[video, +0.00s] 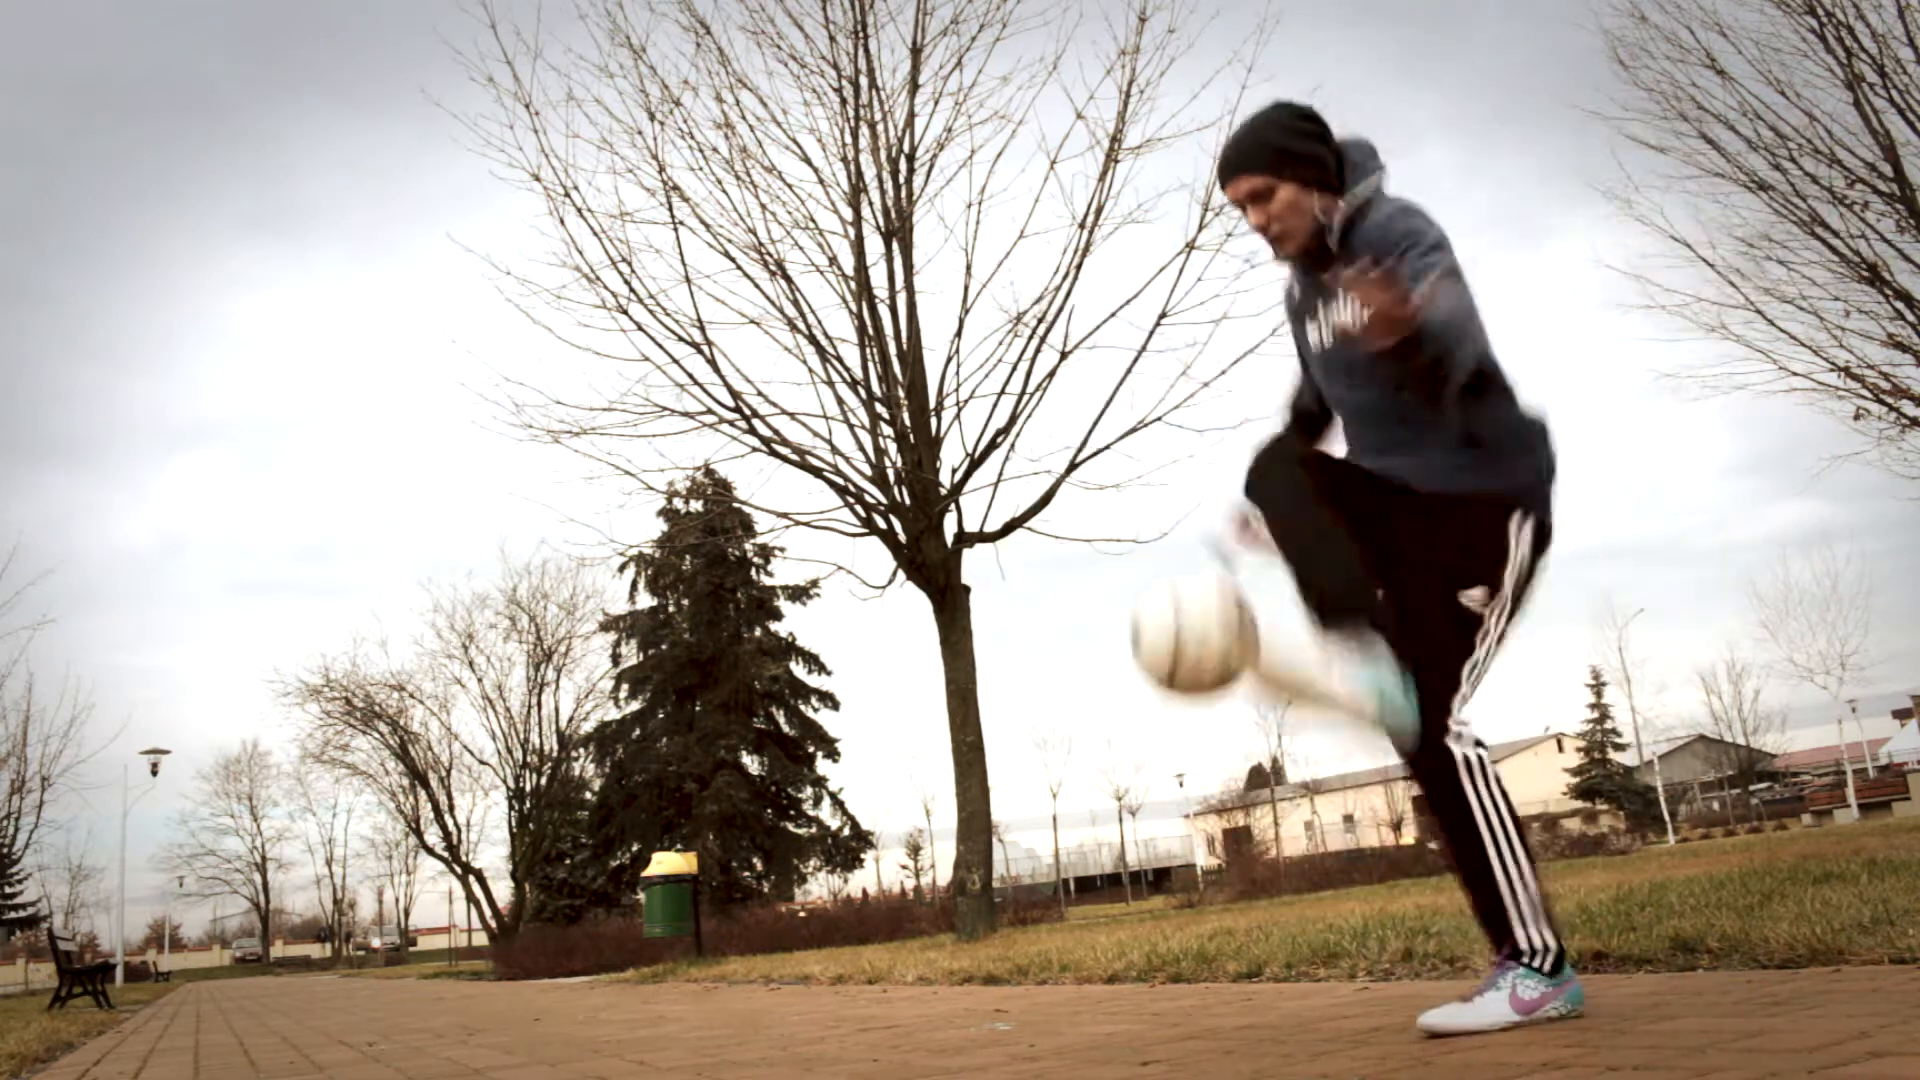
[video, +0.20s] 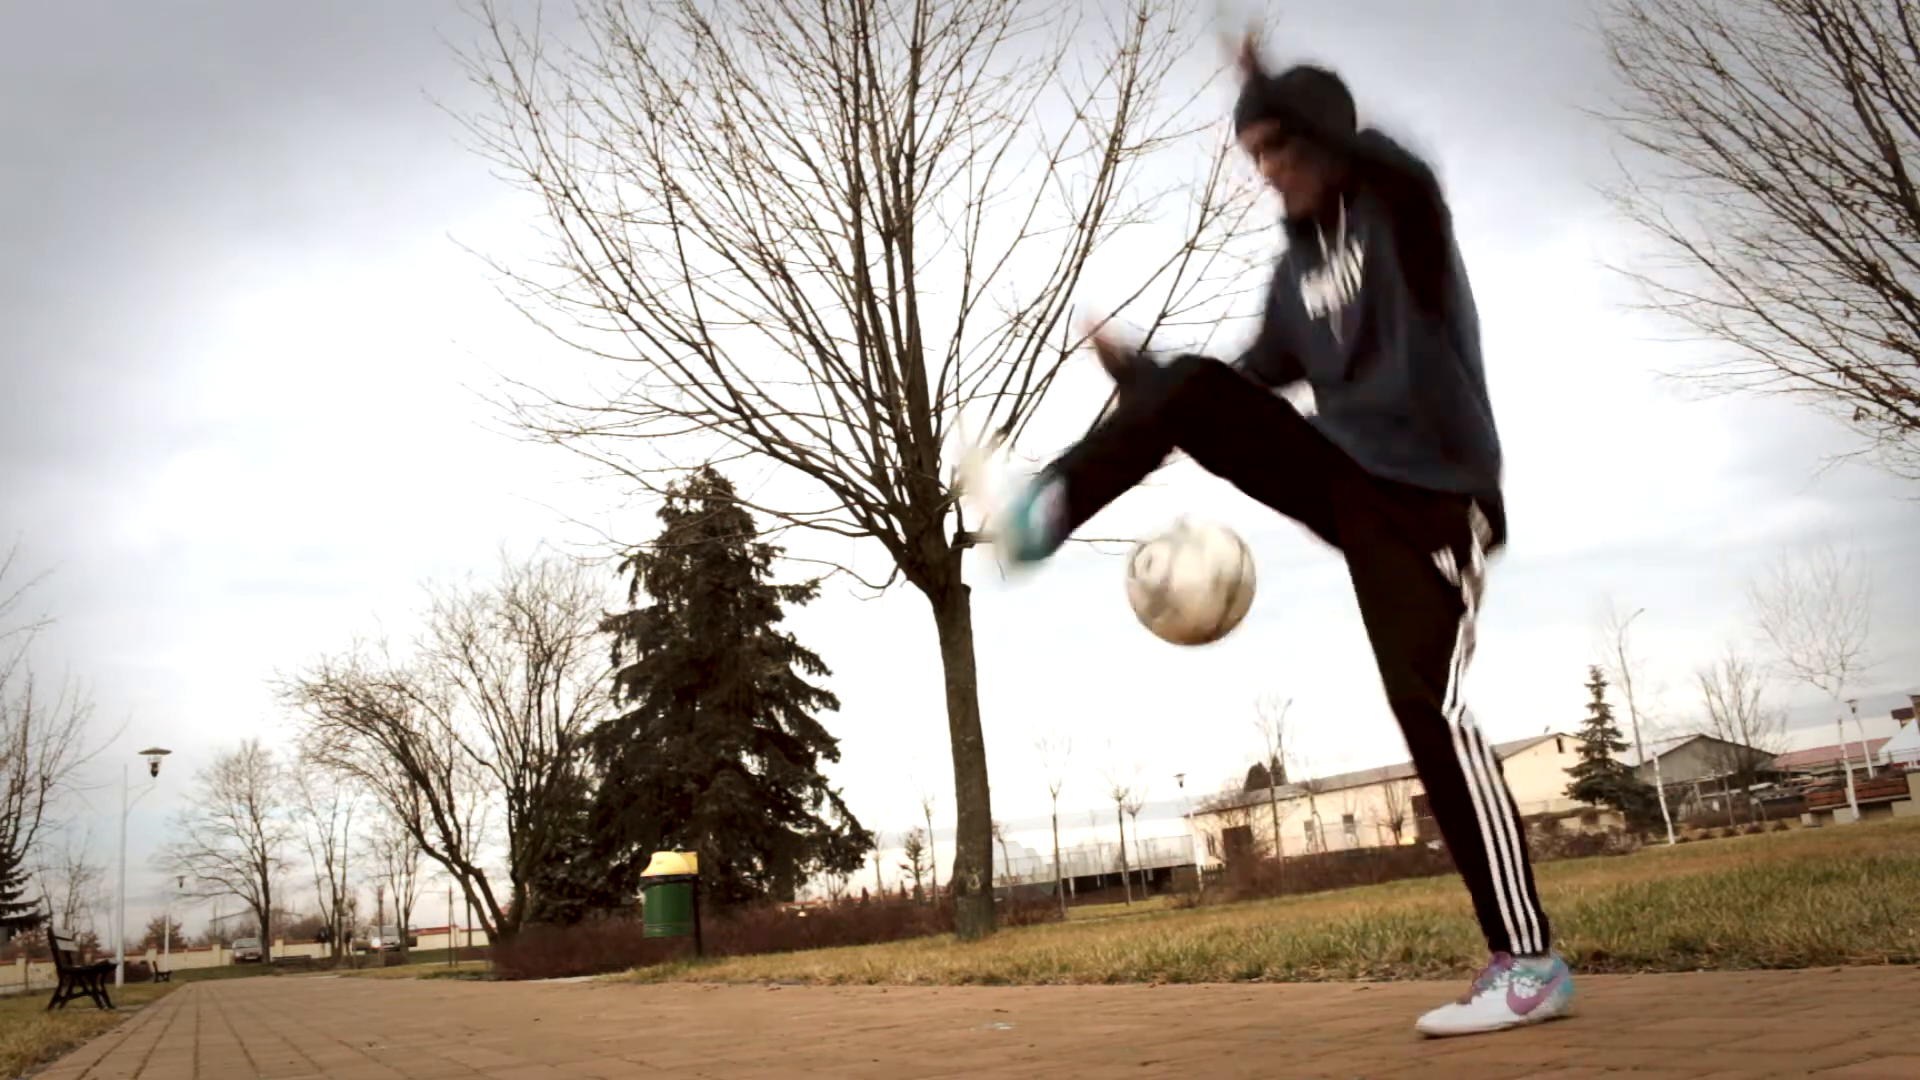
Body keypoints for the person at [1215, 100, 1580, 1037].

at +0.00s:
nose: (1254, 223)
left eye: (1262, 199)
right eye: (1243, 210)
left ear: (1313, 178)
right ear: (1260, 207)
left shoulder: (1394, 228)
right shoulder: (1306, 285)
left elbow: (1459, 348)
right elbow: (1321, 390)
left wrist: (1402, 325)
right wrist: (1266, 489)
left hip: (1488, 494)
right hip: (1402, 497)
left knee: (1427, 722)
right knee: (1278, 462)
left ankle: (1538, 968)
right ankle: (1370, 657)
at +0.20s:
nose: (1268, 177)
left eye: (1277, 156)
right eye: (1258, 163)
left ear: (1325, 143)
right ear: (1266, 168)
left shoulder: (1400, 207)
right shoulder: (1298, 270)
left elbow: (1389, 166)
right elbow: (1256, 382)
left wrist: (1275, 83)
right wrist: (1137, 368)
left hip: (1432, 496)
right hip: (1345, 477)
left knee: (1430, 708)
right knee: (1191, 392)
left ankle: (1529, 961)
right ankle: (1036, 523)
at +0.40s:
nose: (1243, 86)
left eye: (1254, 63)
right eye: (1228, 73)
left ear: (1301, 42)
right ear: (1226, 75)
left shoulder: (1382, 100)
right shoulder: (1248, 149)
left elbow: (1464, 97)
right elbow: (1203, 223)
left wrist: (1510, 40)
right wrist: (1097, 241)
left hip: (1379, 366)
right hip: (1279, 377)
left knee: (1269, 506)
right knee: (1216, 551)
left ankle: (1252, 732)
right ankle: (1220, 795)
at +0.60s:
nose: (1211, 199)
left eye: (1223, 175)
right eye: (1195, 184)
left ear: (1267, 159)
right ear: (1186, 188)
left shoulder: (1359, 227)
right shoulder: (1201, 296)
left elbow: (1474, 325)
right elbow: (1126, 410)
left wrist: (1592, 425)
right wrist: (1017, 505)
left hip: (1399, 486)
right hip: (1312, 508)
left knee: (1166, 591)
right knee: (1311, 758)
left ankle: (1058, 806)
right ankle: (1356, 973)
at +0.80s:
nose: (1239, 179)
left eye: (1250, 158)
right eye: (1217, 166)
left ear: (1273, 157)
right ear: (1185, 180)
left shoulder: (1340, 228)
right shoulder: (1172, 297)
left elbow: (1464, 281)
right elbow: (1105, 406)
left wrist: (1599, 320)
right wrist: (1034, 503)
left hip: (1407, 498)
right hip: (1296, 530)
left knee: (1429, 619)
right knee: (1301, 748)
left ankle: (1430, 818)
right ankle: (1355, 967)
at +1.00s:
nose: (1306, 142)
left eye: (1316, 125)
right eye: (1286, 130)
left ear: (1336, 129)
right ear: (1250, 145)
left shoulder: (1376, 214)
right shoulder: (1229, 229)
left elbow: (1489, 294)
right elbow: (1198, 352)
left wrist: (1625, 280)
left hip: (1390, 442)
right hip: (1295, 480)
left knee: (1493, 304)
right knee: (1327, 726)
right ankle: (1353, 965)